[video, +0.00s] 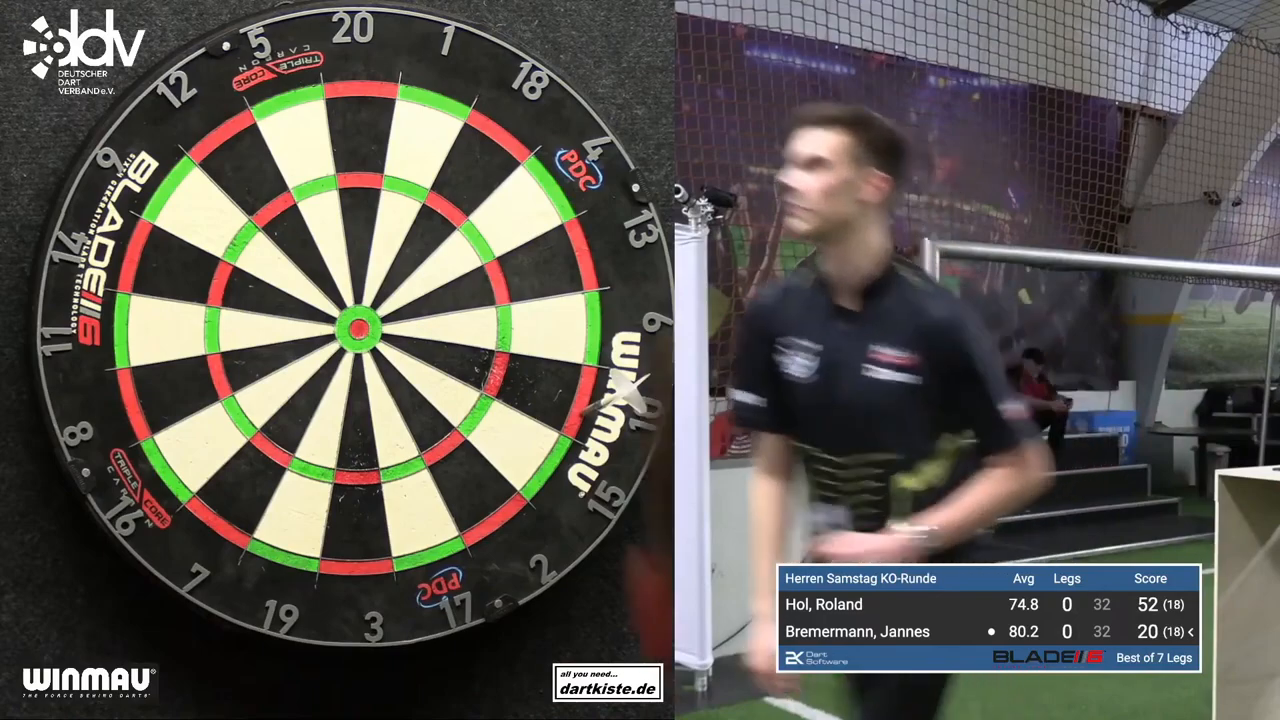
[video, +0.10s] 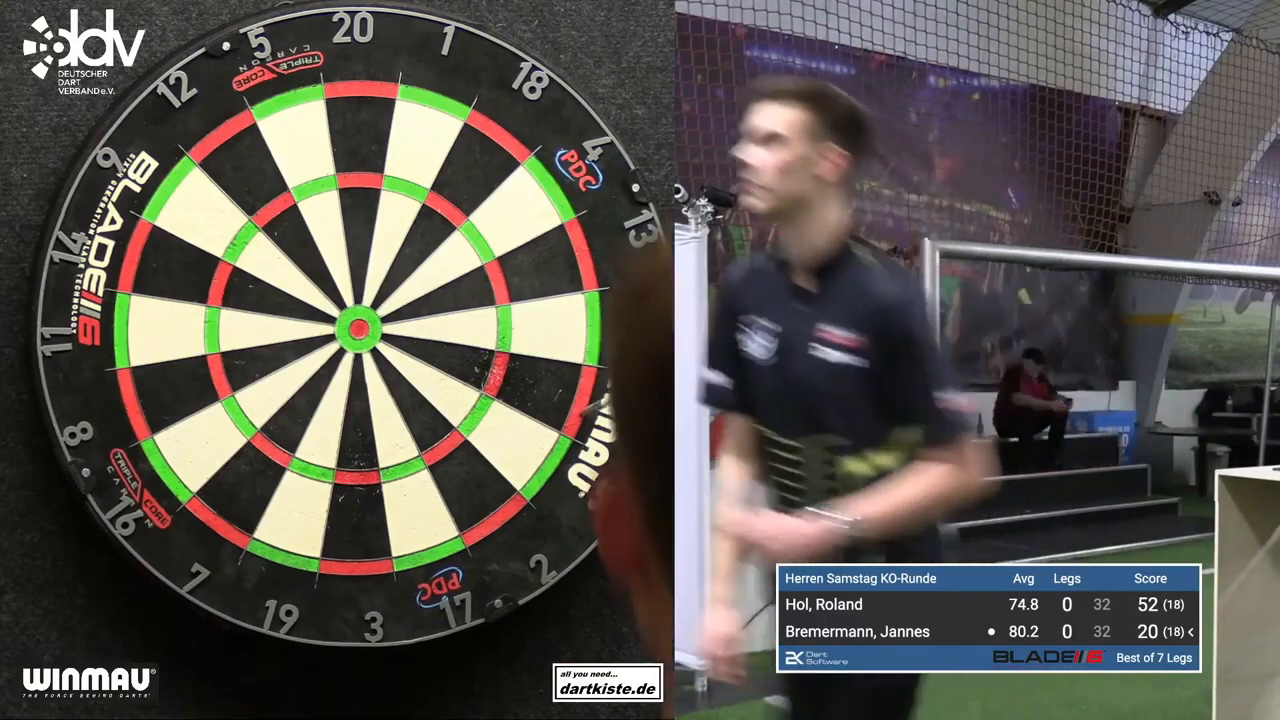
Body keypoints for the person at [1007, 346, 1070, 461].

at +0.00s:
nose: (1039, 369)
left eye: (1041, 365)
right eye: (1037, 365)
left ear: (1040, 365)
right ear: (1028, 363)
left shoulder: (1041, 378)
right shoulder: (1017, 376)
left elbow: (1051, 394)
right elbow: (1022, 399)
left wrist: (1062, 401)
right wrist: (1051, 405)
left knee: (1061, 413)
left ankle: (1054, 453)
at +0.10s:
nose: (1038, 369)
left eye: (1040, 366)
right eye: (1036, 365)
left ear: (1042, 366)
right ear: (1026, 362)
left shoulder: (1040, 379)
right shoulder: (1013, 375)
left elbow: (1052, 396)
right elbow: (1017, 399)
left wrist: (1062, 402)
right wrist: (1050, 405)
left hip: (1030, 420)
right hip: (1007, 422)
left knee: (1060, 412)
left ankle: (1053, 454)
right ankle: (1026, 459)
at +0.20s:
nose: (1039, 369)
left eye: (1040, 366)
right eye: (1036, 365)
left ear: (1042, 366)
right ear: (1026, 362)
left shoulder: (1041, 379)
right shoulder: (1013, 374)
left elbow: (1052, 396)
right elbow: (1017, 399)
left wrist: (1063, 402)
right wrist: (1050, 405)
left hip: (1030, 419)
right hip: (1007, 422)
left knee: (1060, 412)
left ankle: (1052, 456)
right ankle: (1025, 460)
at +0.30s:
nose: (1038, 369)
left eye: (1040, 366)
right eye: (1036, 365)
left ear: (1042, 366)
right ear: (1026, 362)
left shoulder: (1041, 379)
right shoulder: (1013, 374)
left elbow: (1051, 396)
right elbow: (1017, 399)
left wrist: (1063, 402)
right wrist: (1050, 405)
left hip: (1030, 419)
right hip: (1007, 422)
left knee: (1060, 412)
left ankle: (1052, 456)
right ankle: (1025, 460)